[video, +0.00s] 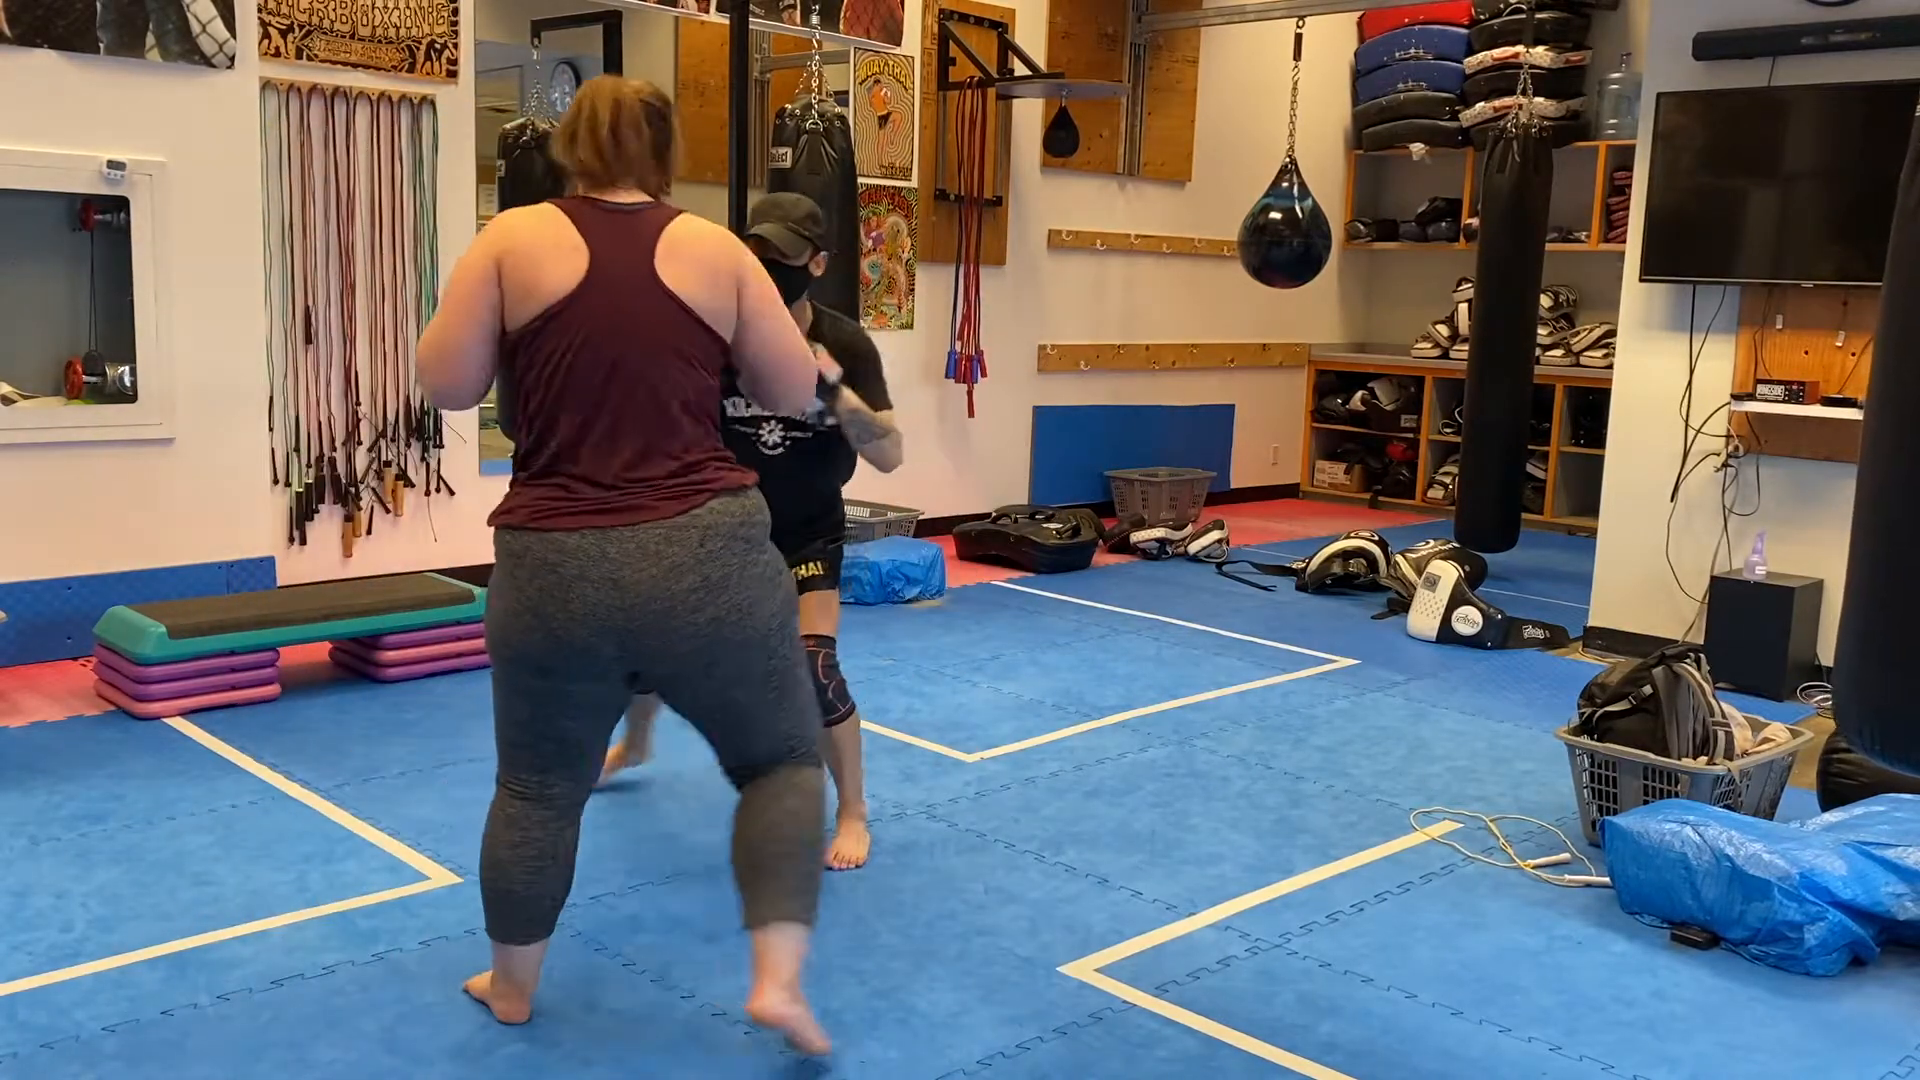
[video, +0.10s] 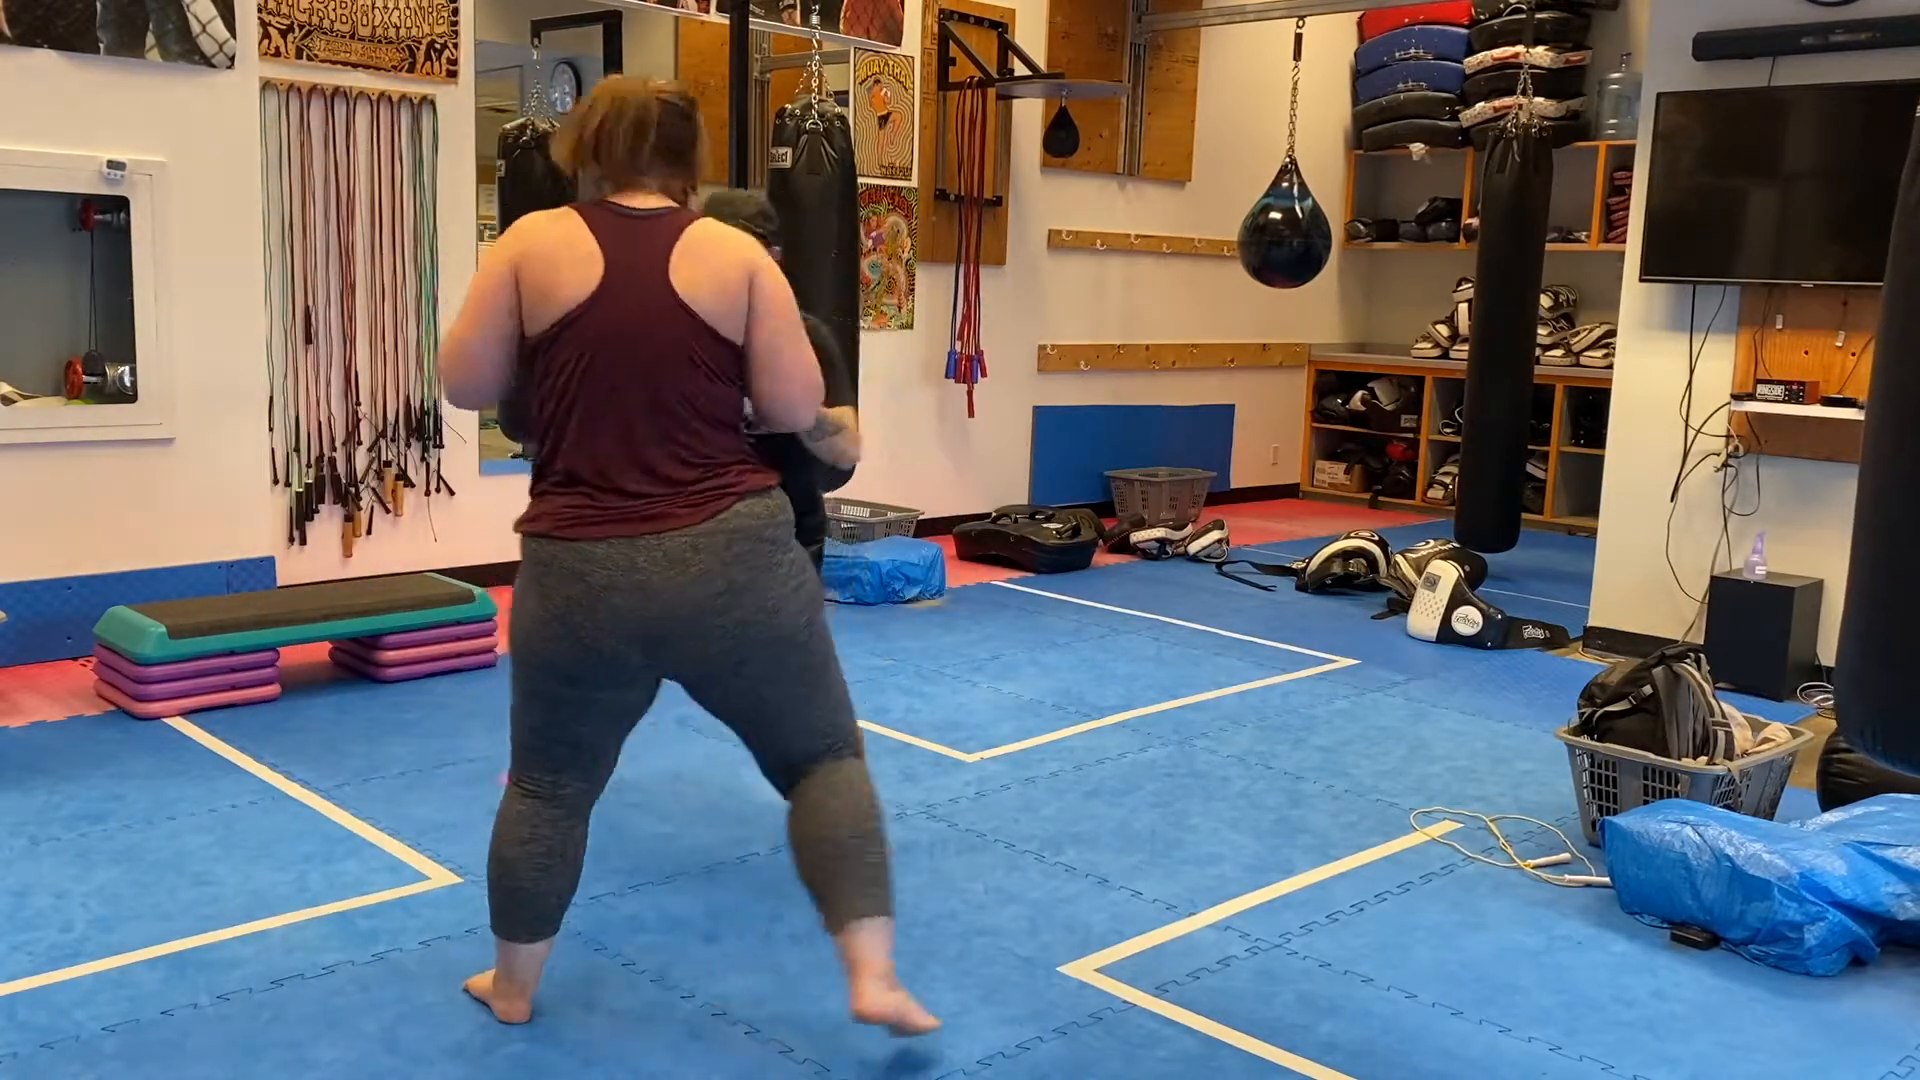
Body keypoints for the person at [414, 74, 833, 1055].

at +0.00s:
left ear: (569, 154)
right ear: (664, 155)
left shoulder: (506, 242)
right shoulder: (715, 250)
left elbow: (448, 381)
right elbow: (793, 388)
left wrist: (525, 314)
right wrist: (719, 332)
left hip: (551, 570)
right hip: (706, 561)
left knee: (538, 785)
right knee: (778, 762)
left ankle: (512, 983)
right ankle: (778, 975)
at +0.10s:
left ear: (585, 154)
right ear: (687, 160)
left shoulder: (530, 244)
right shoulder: (740, 258)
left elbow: (466, 378)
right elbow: (790, 407)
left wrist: (562, 357)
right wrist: (834, 428)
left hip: (576, 574)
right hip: (735, 564)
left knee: (549, 783)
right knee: (820, 758)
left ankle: (514, 986)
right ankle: (872, 974)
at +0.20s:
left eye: (617, 165)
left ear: (626, 168)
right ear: (726, 172)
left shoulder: (568, 258)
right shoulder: (781, 269)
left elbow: (516, 402)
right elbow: (844, 415)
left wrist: (606, 398)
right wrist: (772, 420)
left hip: (621, 592)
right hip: (778, 579)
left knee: (573, 786)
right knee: (852, 783)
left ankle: (518, 982)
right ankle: (925, 1005)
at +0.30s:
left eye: (669, 171)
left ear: (675, 180)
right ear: (778, 182)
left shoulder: (624, 280)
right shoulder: (835, 278)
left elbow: (570, 425)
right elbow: (910, 413)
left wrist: (643, 366)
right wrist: (828, 349)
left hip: (677, 603)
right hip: (837, 586)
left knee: (603, 799)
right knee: (876, 812)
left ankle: (525, 980)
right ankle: (923, 1049)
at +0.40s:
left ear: (736, 172)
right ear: (835, 173)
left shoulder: (678, 278)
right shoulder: (885, 270)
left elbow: (635, 438)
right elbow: (952, 400)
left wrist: (694, 361)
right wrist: (910, 303)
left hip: (727, 599)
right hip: (883, 581)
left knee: (648, 800)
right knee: (900, 821)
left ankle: (557, 960)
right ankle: (928, 1058)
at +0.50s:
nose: (744, 161)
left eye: (749, 148)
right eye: (754, 147)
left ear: (763, 155)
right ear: (861, 148)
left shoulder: (718, 259)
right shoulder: (923, 250)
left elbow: (669, 423)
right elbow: (969, 376)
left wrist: (748, 374)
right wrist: (878, 325)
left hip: (756, 582)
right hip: (908, 576)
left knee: (684, 790)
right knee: (908, 816)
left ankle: (621, 980)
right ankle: (929, 1056)